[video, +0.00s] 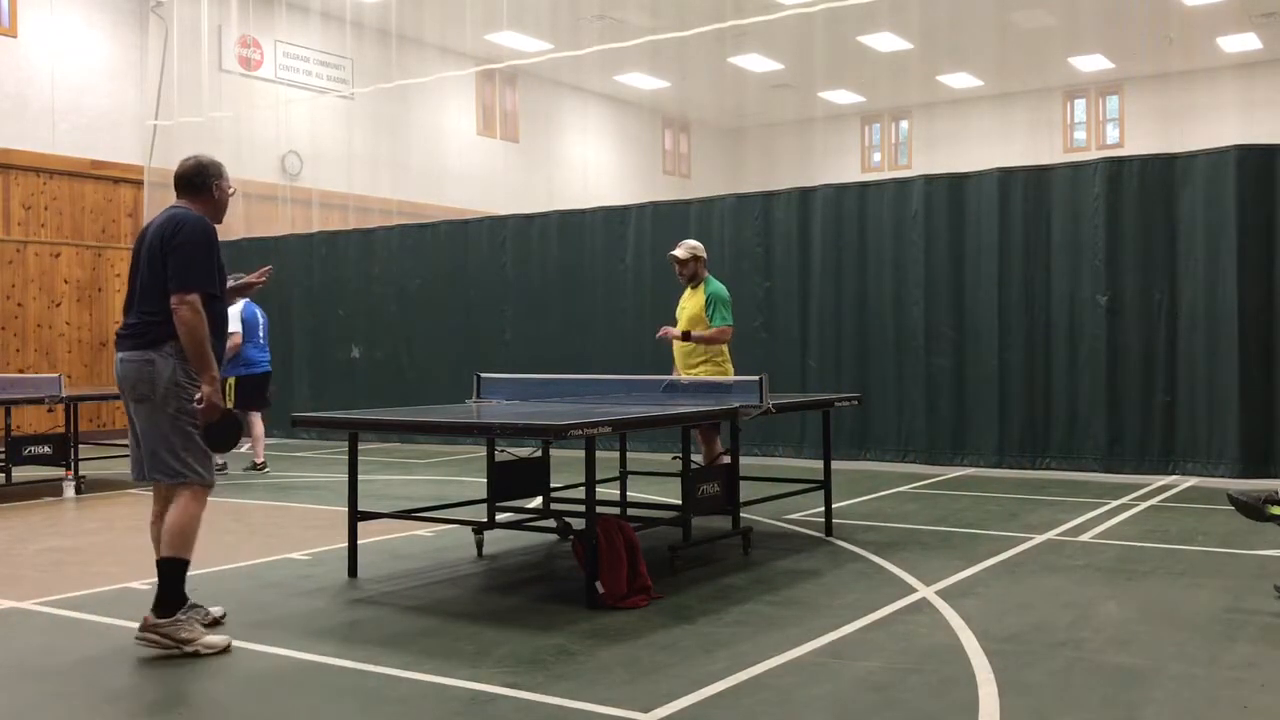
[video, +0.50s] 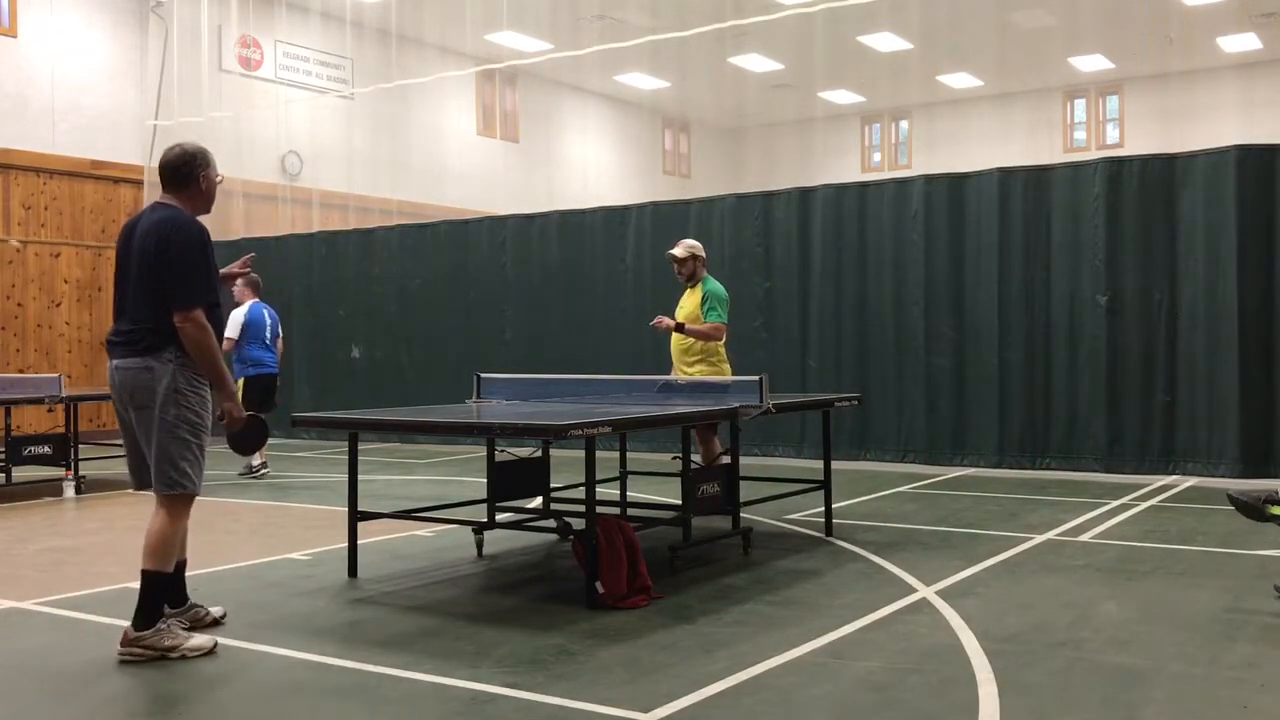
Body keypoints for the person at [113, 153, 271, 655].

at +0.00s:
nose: (229, 195)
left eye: (227, 188)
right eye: (227, 188)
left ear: (180, 188)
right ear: (215, 188)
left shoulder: (158, 226)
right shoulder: (194, 226)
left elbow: (177, 295)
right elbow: (184, 306)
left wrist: (234, 289)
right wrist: (209, 377)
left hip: (137, 362)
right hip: (165, 363)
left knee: (168, 488)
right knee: (194, 484)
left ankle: (174, 602)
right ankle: (166, 613)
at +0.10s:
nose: (227, 191)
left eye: (224, 184)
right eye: (223, 184)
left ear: (177, 186)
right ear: (210, 186)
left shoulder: (156, 225)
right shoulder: (192, 226)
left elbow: (172, 293)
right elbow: (186, 306)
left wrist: (229, 286)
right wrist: (213, 378)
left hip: (141, 363)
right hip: (165, 364)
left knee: (178, 487)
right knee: (180, 489)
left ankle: (174, 603)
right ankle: (151, 619)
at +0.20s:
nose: (222, 190)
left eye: (220, 183)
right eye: (219, 183)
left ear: (172, 185)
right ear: (207, 184)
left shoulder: (149, 227)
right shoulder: (191, 228)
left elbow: (167, 293)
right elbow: (189, 308)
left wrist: (226, 282)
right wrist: (219, 381)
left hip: (139, 365)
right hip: (169, 366)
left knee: (175, 491)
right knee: (175, 495)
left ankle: (175, 603)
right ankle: (148, 623)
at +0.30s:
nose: (219, 189)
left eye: (217, 181)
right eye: (217, 181)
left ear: (169, 183)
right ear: (204, 182)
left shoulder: (145, 227)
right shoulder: (190, 228)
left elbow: (164, 296)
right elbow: (192, 313)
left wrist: (223, 283)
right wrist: (224, 385)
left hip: (140, 366)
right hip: (169, 369)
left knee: (174, 493)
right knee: (174, 497)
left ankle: (175, 604)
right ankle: (146, 626)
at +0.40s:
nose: (218, 185)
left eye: (216, 177)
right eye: (215, 178)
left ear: (166, 181)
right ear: (201, 181)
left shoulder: (140, 226)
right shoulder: (188, 229)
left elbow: (160, 293)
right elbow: (192, 317)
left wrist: (218, 278)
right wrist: (227, 388)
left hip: (135, 368)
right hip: (169, 371)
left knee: (174, 493)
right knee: (173, 497)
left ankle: (175, 605)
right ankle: (146, 626)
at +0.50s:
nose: (217, 184)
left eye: (215, 176)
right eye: (214, 177)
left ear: (164, 180)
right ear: (201, 180)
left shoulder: (137, 225)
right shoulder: (185, 231)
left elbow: (157, 293)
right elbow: (189, 320)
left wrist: (217, 276)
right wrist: (228, 392)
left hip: (132, 370)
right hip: (168, 372)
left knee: (174, 494)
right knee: (173, 498)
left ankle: (175, 605)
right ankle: (146, 626)